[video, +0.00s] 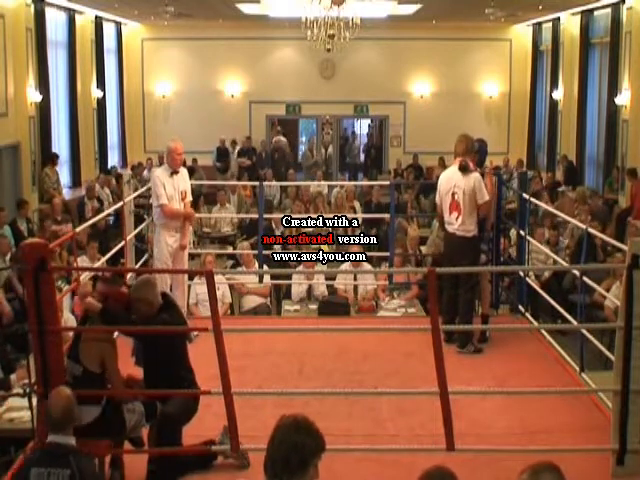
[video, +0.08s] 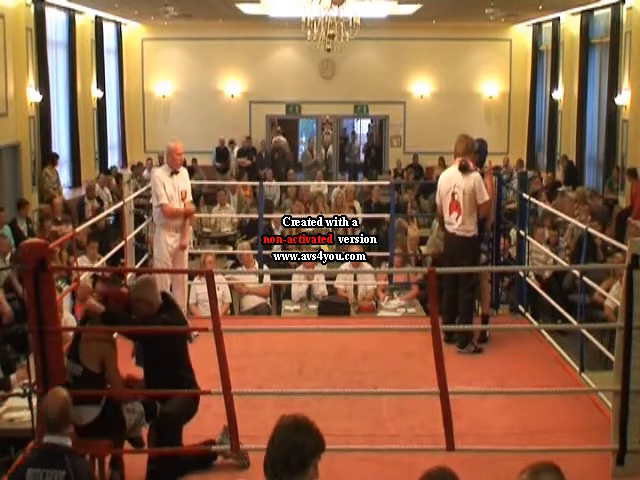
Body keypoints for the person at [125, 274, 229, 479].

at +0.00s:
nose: (136, 309)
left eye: (140, 304)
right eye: (135, 304)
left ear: (152, 303)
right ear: (133, 301)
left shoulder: (167, 321)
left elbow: (131, 326)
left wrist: (101, 310)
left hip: (183, 393)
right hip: (159, 394)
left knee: (167, 416)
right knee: (164, 467)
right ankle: (216, 447)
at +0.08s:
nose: (137, 309)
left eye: (141, 304)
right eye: (135, 303)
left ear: (152, 302)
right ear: (134, 300)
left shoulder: (168, 322)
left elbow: (133, 329)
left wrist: (101, 311)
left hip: (183, 393)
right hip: (159, 394)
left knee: (167, 415)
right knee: (164, 467)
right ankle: (215, 447)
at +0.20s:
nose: (138, 308)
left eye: (142, 303)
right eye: (135, 303)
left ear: (153, 300)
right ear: (132, 299)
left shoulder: (168, 322)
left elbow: (137, 343)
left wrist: (114, 320)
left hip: (183, 392)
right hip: (159, 392)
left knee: (166, 415)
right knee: (162, 466)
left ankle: (216, 450)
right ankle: (215, 448)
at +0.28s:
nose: (138, 308)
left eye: (142, 304)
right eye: (136, 303)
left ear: (153, 300)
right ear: (133, 298)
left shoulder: (173, 323)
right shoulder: (139, 311)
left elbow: (149, 360)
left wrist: (132, 335)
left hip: (181, 392)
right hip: (157, 390)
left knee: (165, 415)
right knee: (162, 466)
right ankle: (215, 447)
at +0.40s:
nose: (139, 308)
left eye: (143, 304)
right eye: (136, 302)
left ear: (154, 299)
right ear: (134, 296)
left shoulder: (175, 321)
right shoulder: (141, 307)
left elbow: (167, 365)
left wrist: (141, 354)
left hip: (181, 391)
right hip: (156, 388)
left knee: (165, 416)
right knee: (164, 466)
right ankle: (216, 448)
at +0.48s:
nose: (138, 306)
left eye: (143, 301)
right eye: (136, 300)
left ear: (155, 296)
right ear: (135, 295)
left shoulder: (176, 320)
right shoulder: (148, 308)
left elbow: (174, 364)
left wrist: (145, 359)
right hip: (158, 388)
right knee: (162, 465)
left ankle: (216, 449)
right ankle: (214, 448)